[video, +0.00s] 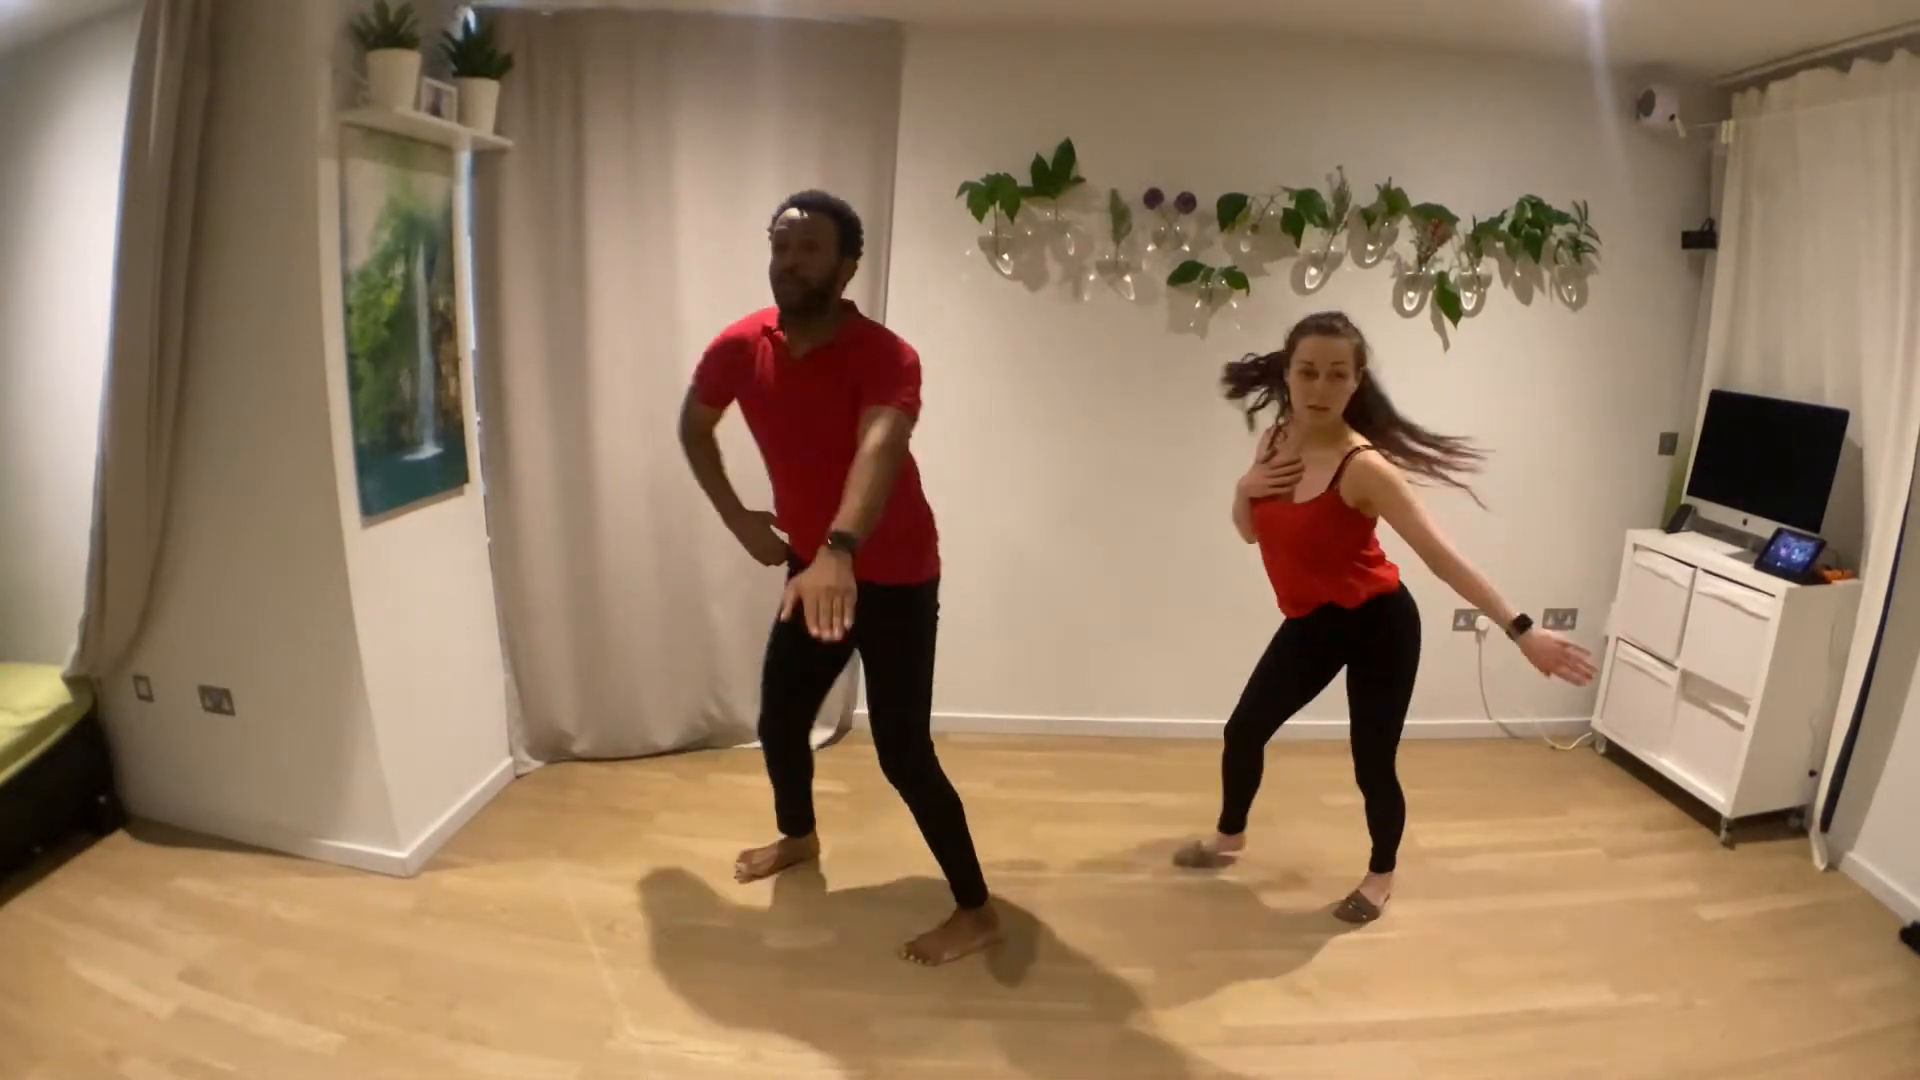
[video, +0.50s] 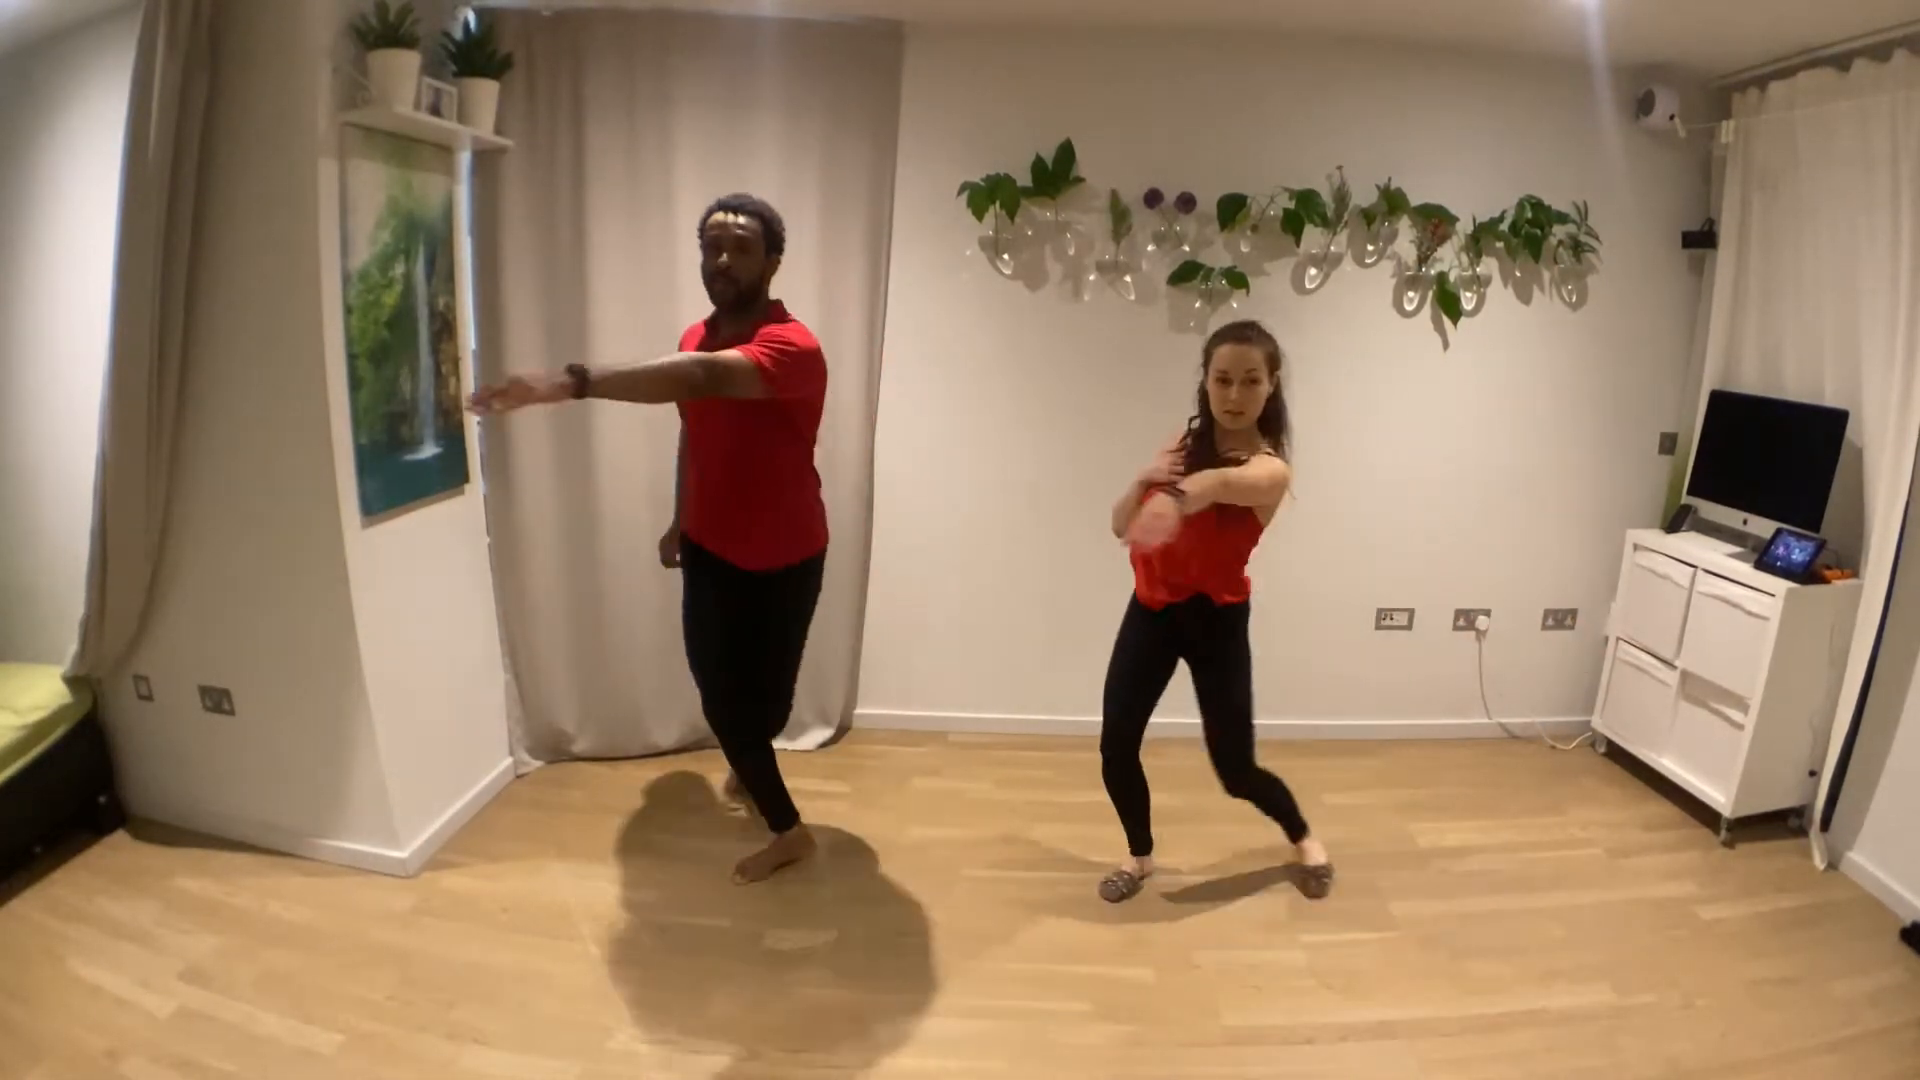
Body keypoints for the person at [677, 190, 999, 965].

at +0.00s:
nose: (788, 260)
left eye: (807, 247)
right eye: (779, 245)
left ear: (846, 263)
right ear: (768, 255)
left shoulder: (886, 357)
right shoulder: (742, 350)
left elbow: (879, 451)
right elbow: (695, 430)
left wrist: (838, 549)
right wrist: (743, 522)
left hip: (897, 574)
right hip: (814, 568)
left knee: (904, 751)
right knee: (781, 724)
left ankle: (976, 907)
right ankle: (797, 840)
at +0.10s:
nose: (781, 258)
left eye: (801, 246)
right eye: (773, 243)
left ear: (837, 263)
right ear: (759, 252)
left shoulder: (870, 351)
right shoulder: (730, 332)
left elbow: (843, 409)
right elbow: (666, 417)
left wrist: (813, 488)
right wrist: (716, 504)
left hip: (873, 570)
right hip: (790, 567)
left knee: (897, 737)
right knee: (765, 719)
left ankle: (966, 898)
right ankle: (793, 839)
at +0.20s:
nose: (765, 252)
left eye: (784, 241)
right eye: (757, 238)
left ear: (820, 259)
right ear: (744, 249)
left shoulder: (848, 349)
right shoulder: (711, 326)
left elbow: (813, 388)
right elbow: (660, 406)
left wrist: (772, 439)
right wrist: (701, 494)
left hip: (849, 562)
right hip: (769, 558)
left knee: (875, 721)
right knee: (752, 710)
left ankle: (946, 876)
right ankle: (793, 834)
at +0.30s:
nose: (750, 254)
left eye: (771, 243)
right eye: (742, 239)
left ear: (806, 259)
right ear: (728, 248)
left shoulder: (827, 350)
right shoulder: (697, 331)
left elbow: (775, 375)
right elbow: (666, 410)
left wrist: (713, 413)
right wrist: (684, 494)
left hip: (826, 557)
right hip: (748, 550)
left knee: (834, 720)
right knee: (743, 708)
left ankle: (914, 811)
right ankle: (792, 832)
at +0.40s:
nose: (736, 255)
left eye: (754, 244)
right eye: (726, 243)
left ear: (789, 259)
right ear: (713, 255)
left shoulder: (810, 350)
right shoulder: (697, 338)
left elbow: (739, 372)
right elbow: (683, 421)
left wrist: (643, 395)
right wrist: (679, 501)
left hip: (807, 558)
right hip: (730, 551)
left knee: (801, 712)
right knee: (732, 708)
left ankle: (833, 753)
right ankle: (789, 830)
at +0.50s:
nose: (719, 260)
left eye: (738, 247)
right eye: (710, 246)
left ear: (773, 261)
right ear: (699, 257)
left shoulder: (793, 351)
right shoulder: (698, 343)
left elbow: (697, 379)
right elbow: (691, 447)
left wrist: (571, 384)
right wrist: (682, 523)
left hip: (784, 554)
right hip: (711, 548)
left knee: (768, 697)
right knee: (723, 702)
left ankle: (744, 768)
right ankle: (789, 831)